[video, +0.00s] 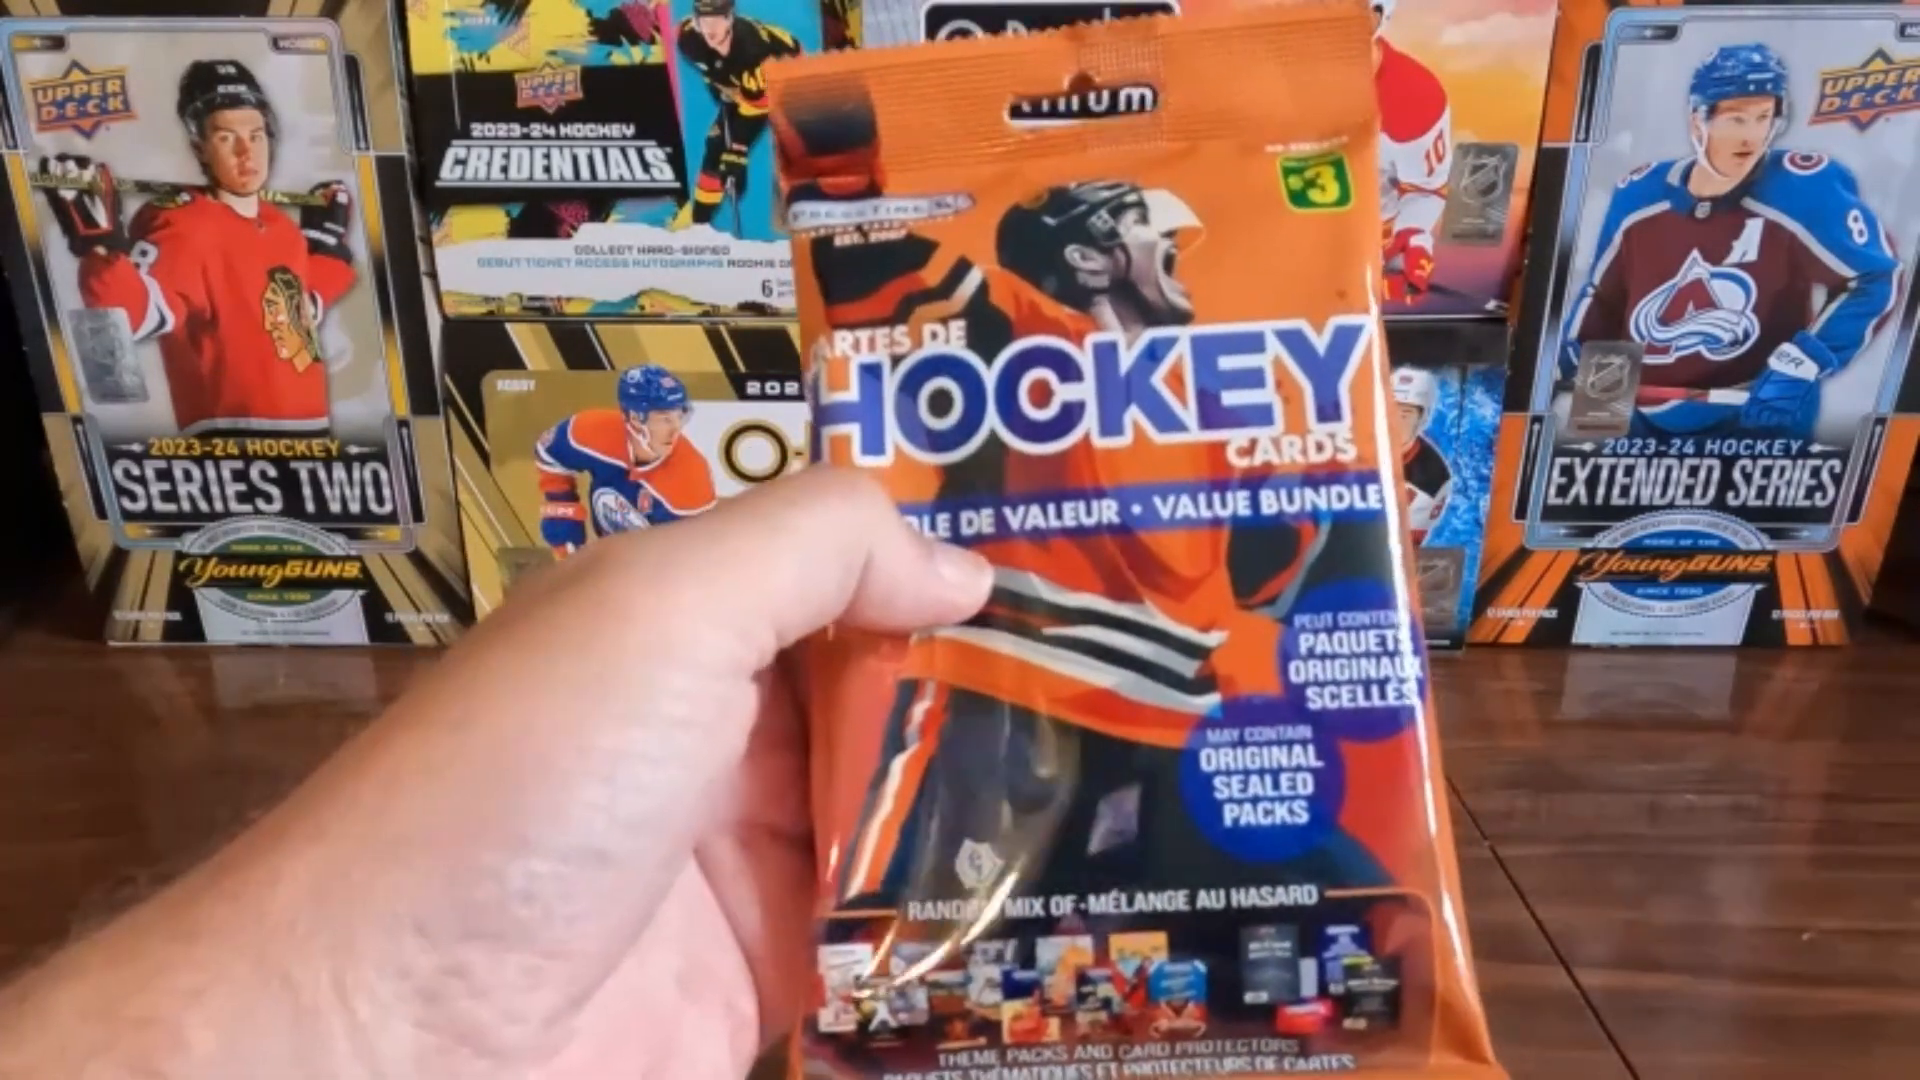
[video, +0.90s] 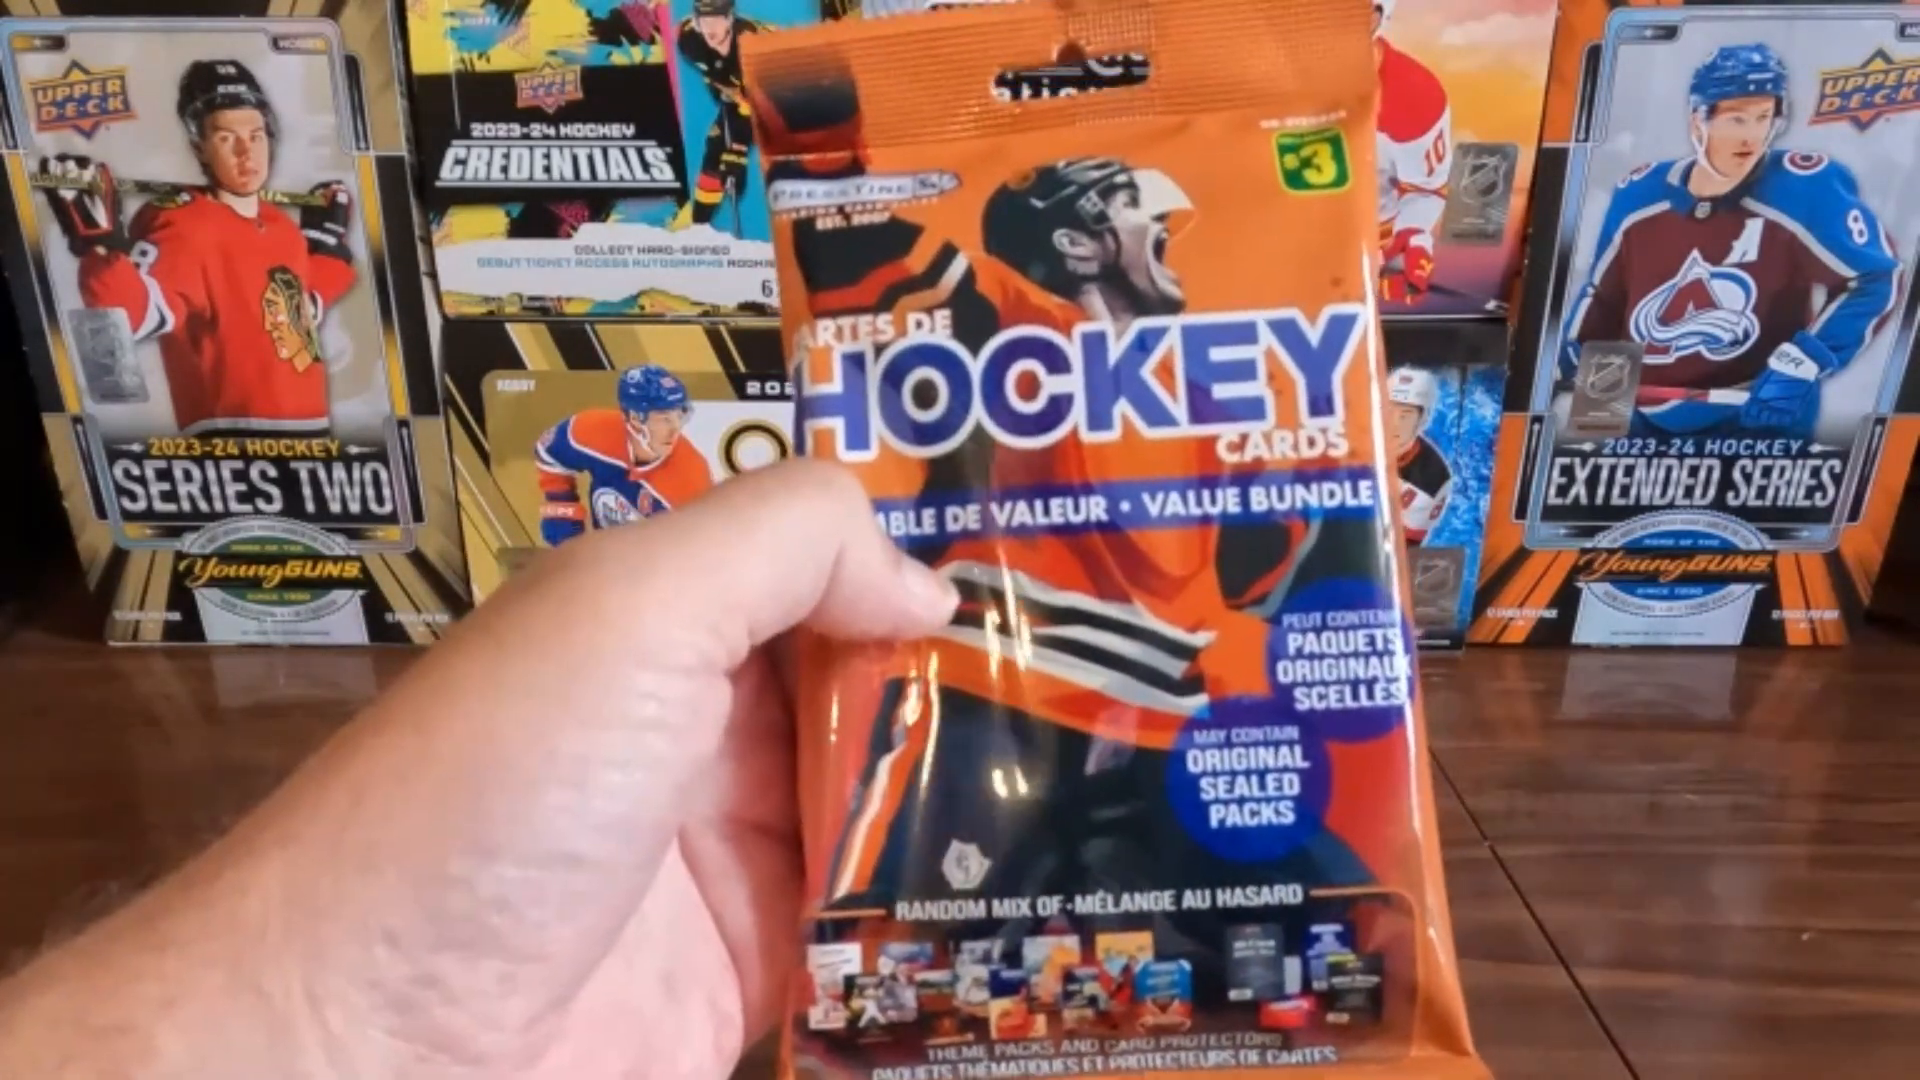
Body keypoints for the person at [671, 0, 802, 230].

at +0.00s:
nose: (710, 30)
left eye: (716, 22)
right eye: (704, 22)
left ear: (729, 19)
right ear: (695, 21)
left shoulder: (750, 48)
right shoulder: (688, 37)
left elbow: (755, 107)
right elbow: (711, 72)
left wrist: (737, 153)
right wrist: (729, 91)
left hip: (788, 83)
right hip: (738, 94)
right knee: (716, 148)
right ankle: (700, 221)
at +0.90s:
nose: (709, 30)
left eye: (716, 22)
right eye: (704, 22)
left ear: (729, 19)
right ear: (696, 21)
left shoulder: (753, 37)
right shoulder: (688, 38)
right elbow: (712, 76)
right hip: (731, 103)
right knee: (716, 152)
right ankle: (699, 221)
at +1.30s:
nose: (710, 31)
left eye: (716, 23)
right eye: (704, 24)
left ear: (730, 18)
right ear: (696, 21)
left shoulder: (756, 37)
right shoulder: (689, 38)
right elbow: (709, 74)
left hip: (768, 112)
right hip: (729, 111)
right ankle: (698, 224)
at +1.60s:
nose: (710, 30)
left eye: (716, 22)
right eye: (704, 22)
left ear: (730, 18)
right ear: (696, 20)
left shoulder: (752, 35)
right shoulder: (688, 39)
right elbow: (710, 73)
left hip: (761, 111)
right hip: (727, 111)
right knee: (714, 161)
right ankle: (700, 220)